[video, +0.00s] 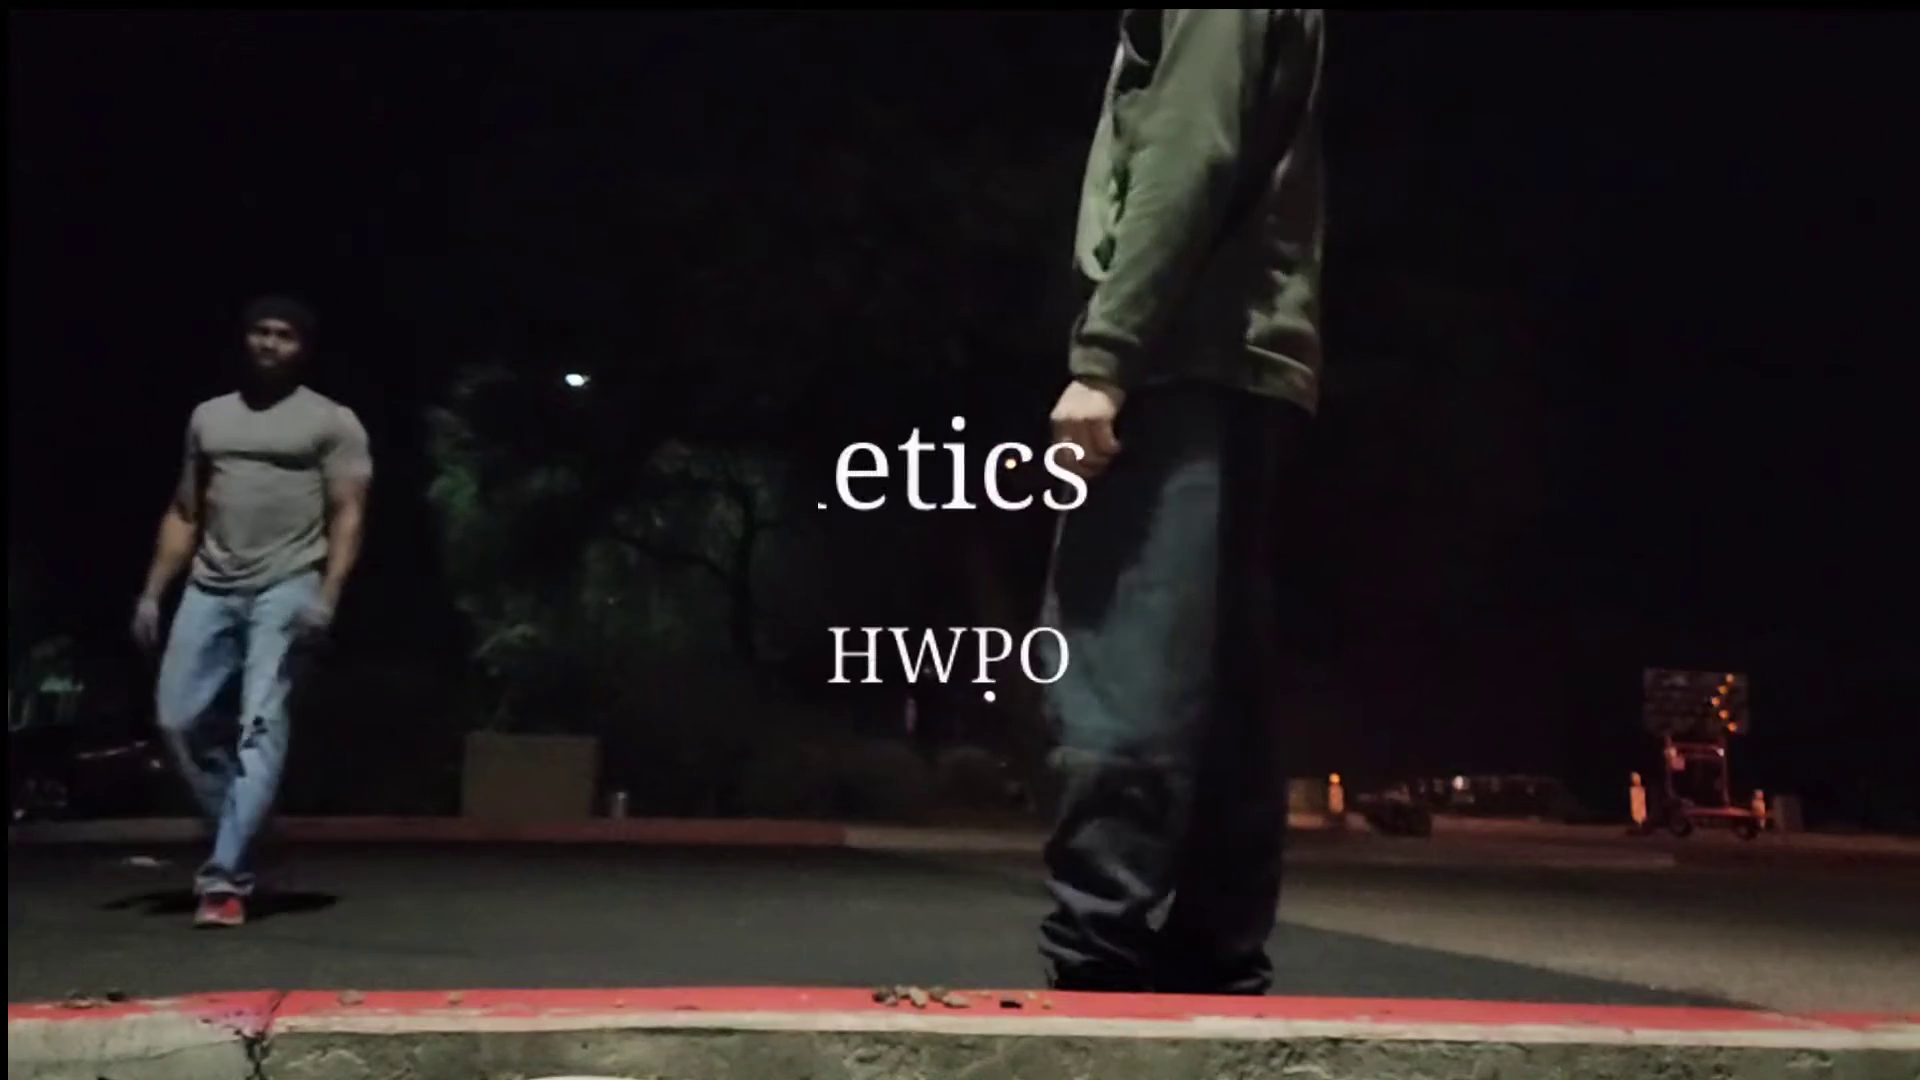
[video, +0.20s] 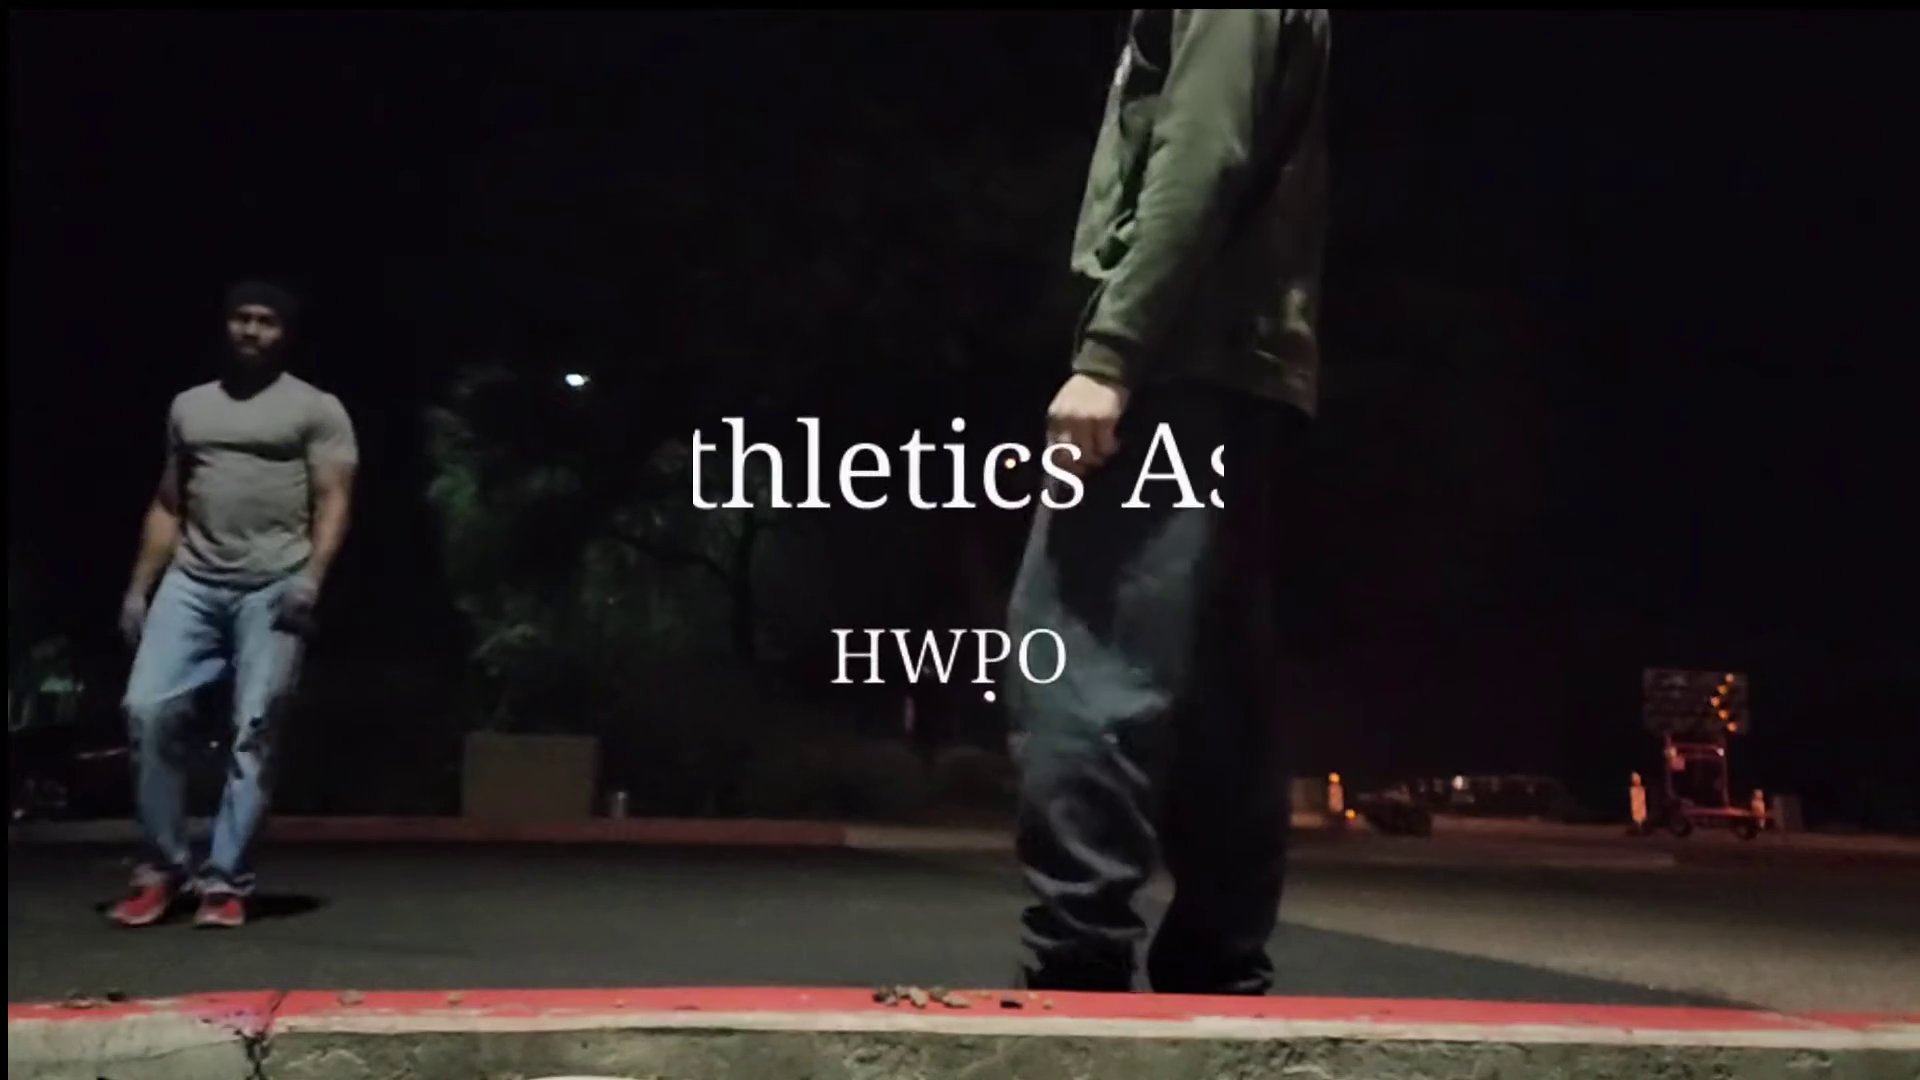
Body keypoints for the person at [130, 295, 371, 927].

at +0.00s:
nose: (270, 345)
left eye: (283, 337)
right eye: (261, 334)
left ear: (303, 348)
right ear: (244, 341)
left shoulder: (334, 425)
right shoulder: (209, 419)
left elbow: (347, 515)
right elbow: (184, 512)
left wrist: (328, 594)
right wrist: (153, 591)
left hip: (286, 587)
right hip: (209, 587)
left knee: (263, 720)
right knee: (176, 718)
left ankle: (228, 873)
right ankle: (236, 832)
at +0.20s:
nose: (252, 332)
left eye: (265, 323)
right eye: (243, 320)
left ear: (286, 334)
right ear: (225, 328)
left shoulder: (318, 411)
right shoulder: (190, 409)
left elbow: (333, 503)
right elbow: (168, 505)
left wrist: (311, 577)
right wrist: (139, 588)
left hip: (275, 586)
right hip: (191, 581)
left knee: (254, 729)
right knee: (149, 707)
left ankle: (224, 881)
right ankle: (162, 866)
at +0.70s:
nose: (187, 298)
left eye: (200, 289)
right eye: (175, 285)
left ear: (216, 301)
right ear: (148, 291)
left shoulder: (250, 384)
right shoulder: (93, 371)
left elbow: (272, 483)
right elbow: (53, 471)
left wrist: (267, 575)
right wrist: (22, 560)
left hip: (201, 573)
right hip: (106, 567)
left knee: (209, 720)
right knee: (87, 728)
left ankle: (220, 880)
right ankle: (72, 892)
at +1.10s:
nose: (164, 277)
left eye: (176, 266)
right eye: (149, 261)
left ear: (191, 278)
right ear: (115, 266)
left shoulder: (220, 370)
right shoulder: (52, 343)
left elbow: (236, 478)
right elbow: (13, 450)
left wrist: (232, 560)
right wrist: (10, 541)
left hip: (166, 559)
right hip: (67, 555)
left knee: (142, 705)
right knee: (66, 723)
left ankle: (110, 891)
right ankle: (68, 890)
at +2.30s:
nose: (183, 207)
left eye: (196, 194)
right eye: (165, 190)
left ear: (211, 206)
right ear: (127, 195)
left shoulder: (231, 307)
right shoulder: (66, 279)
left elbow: (246, 426)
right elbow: (27, 399)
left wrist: (266, 533)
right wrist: (39, 508)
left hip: (200, 529)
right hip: (90, 518)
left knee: (230, 699)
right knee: (58, 708)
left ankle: (213, 900)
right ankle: (38, 911)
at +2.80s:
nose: (296, 221)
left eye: (309, 210)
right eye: (280, 204)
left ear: (320, 224)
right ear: (239, 209)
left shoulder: (340, 323)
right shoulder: (178, 290)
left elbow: (360, 435)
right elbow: (141, 412)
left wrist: (388, 528)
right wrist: (155, 527)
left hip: (305, 539)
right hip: (204, 525)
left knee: (291, 716)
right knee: (134, 711)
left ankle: (265, 907)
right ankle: (54, 908)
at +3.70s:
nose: (368, 244)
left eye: (382, 234)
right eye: (354, 226)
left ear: (392, 245)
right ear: (315, 222)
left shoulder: (392, 340)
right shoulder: (240, 290)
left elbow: (417, 449)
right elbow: (181, 385)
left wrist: (488, 516)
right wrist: (177, 437)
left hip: (325, 544)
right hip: (233, 527)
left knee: (303, 716)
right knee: (200, 705)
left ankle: (264, 905)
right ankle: (168, 909)